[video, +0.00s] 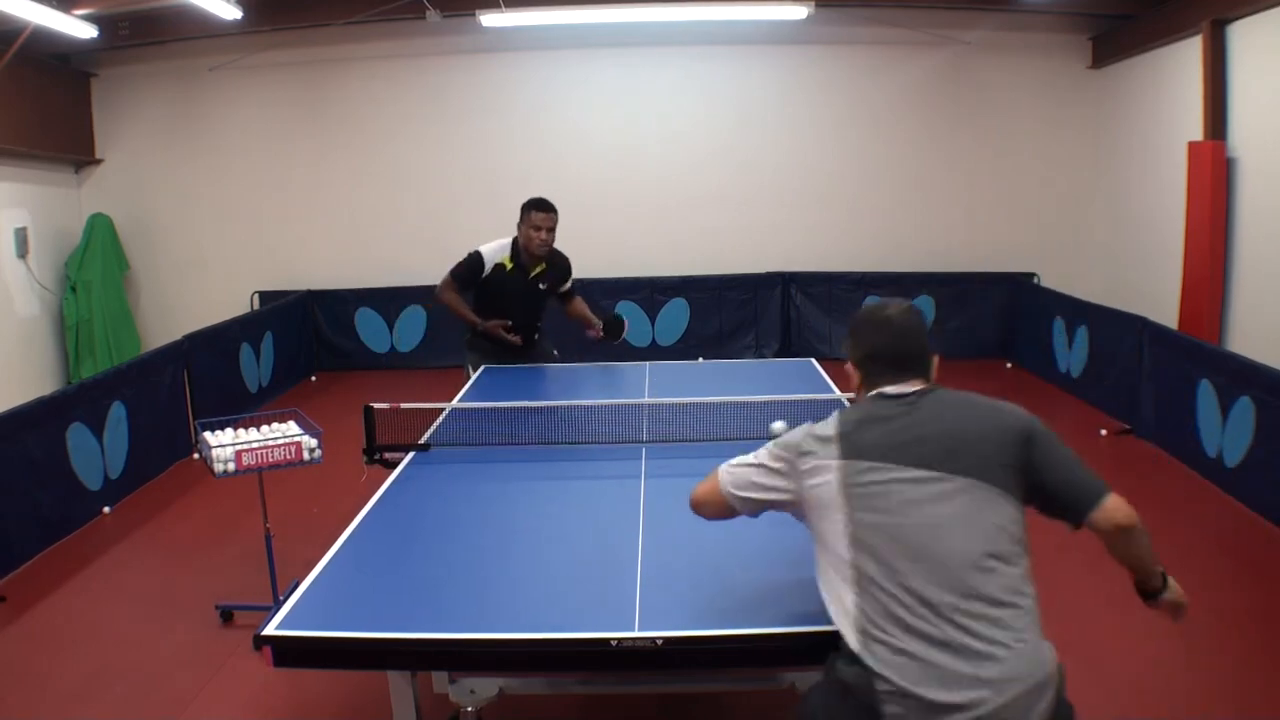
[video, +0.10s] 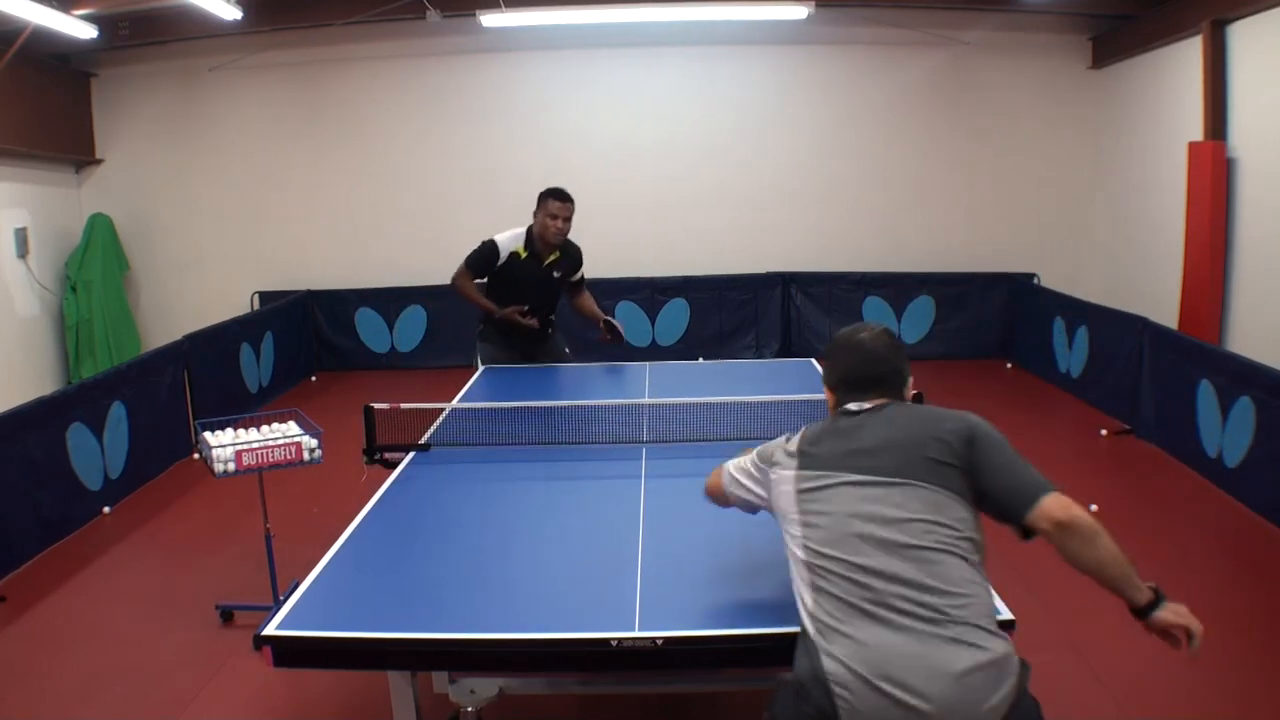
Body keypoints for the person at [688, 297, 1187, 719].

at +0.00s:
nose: (848, 372)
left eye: (848, 364)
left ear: (851, 376)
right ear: (934, 366)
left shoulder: (814, 446)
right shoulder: (1007, 425)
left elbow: (704, 501)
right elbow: (1117, 519)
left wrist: (782, 482)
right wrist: (1153, 582)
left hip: (890, 695)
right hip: (1021, 693)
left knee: (819, 699)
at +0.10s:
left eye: (822, 387)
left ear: (827, 395)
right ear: (910, 383)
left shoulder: (789, 455)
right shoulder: (958, 431)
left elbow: (716, 488)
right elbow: (1062, 519)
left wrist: (783, 467)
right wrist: (1147, 603)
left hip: (851, 698)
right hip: (979, 693)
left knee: (798, 686)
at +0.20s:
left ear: (812, 396)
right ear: (895, 386)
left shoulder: (779, 456)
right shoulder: (933, 425)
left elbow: (827, 439)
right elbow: (1023, 511)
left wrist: (877, 409)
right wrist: (1123, 606)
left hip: (829, 698)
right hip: (962, 692)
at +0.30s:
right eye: (905, 368)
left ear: (819, 382)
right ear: (901, 374)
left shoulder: (781, 446)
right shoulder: (938, 413)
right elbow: (1018, 503)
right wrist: (1113, 610)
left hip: (826, 690)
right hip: (961, 685)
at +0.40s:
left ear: (835, 370)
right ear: (920, 363)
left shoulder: (798, 435)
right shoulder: (962, 410)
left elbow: (763, 491)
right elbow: (1041, 512)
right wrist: (1132, 628)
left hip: (841, 692)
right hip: (976, 691)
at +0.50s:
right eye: (957, 353)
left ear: (866, 366)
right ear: (954, 364)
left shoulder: (821, 441)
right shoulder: (1004, 427)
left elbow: (757, 533)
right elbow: (1102, 553)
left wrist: (815, 482)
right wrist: (1165, 642)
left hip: (867, 698)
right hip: (997, 699)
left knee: (825, 677)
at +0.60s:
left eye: (903, 354)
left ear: (910, 363)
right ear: (1003, 360)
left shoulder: (865, 450)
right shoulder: (1071, 440)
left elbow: (775, 569)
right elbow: (1173, 567)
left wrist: (834, 531)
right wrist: (1175, 619)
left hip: (910, 704)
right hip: (1045, 705)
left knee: (820, 687)